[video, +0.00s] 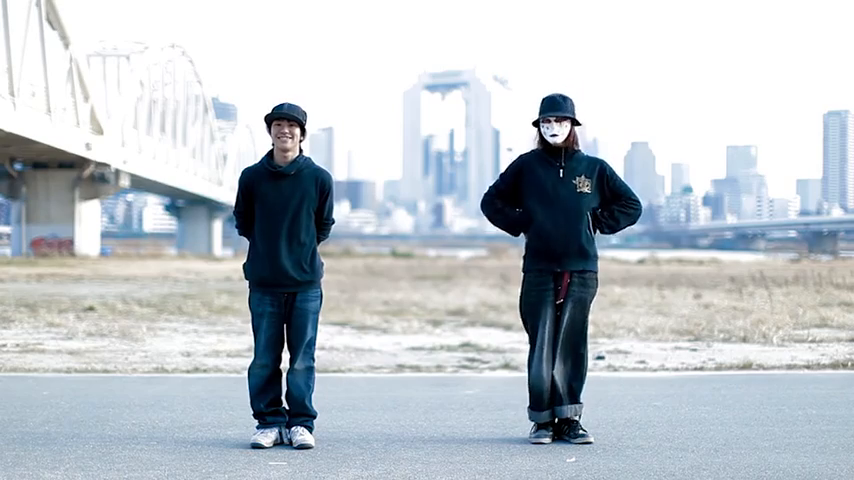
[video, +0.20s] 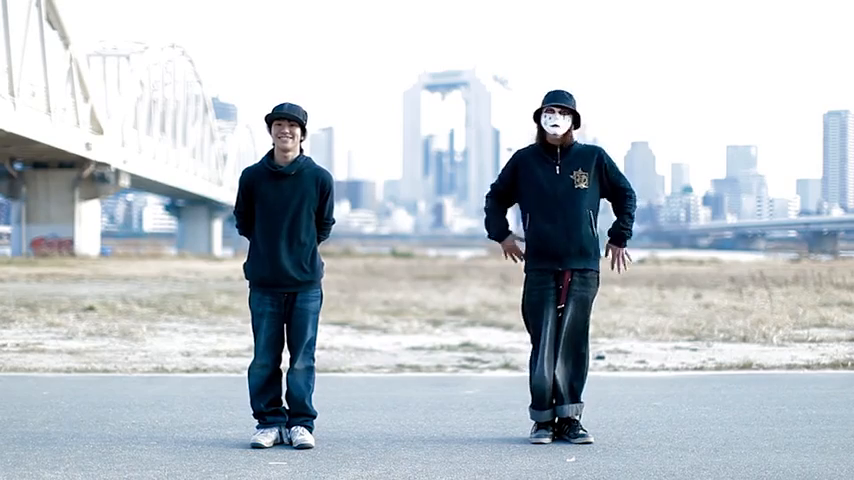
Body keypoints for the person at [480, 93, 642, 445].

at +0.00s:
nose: (553, 127)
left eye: (559, 121)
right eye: (547, 121)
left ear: (571, 125)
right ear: (539, 125)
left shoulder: (594, 167)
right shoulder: (525, 165)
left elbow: (632, 205)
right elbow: (490, 202)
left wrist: (595, 221)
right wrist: (523, 224)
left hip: (581, 267)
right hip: (539, 266)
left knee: (572, 343)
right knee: (541, 342)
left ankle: (569, 419)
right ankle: (542, 421)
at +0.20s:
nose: (554, 120)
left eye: (561, 115)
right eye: (549, 114)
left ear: (573, 121)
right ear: (539, 118)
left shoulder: (593, 158)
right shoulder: (523, 161)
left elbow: (625, 196)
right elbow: (495, 199)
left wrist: (619, 235)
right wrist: (503, 235)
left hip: (583, 264)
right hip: (540, 265)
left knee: (574, 341)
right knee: (543, 341)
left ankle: (569, 418)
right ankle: (543, 420)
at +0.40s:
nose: (558, 114)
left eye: (565, 110)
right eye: (553, 107)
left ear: (574, 118)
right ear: (542, 112)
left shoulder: (588, 151)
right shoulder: (522, 155)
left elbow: (600, 205)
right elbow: (514, 211)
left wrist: (609, 255)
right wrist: (520, 261)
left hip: (582, 258)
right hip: (539, 260)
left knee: (575, 339)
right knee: (542, 339)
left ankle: (571, 418)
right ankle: (542, 420)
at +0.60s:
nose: (561, 120)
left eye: (568, 115)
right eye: (555, 113)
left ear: (577, 122)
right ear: (544, 117)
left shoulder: (590, 158)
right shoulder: (524, 159)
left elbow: (597, 212)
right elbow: (516, 215)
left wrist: (604, 259)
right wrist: (520, 264)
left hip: (582, 260)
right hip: (539, 262)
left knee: (574, 338)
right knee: (541, 337)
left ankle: (569, 417)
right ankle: (542, 418)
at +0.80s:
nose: (560, 119)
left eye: (566, 114)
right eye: (554, 113)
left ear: (576, 120)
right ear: (543, 119)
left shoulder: (589, 161)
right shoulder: (526, 156)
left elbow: (622, 198)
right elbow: (503, 193)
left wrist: (660, 232)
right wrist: (488, 231)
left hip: (580, 262)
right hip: (538, 263)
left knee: (572, 338)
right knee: (540, 339)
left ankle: (569, 418)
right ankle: (542, 420)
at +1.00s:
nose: (557, 133)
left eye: (564, 128)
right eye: (551, 127)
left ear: (574, 133)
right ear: (541, 131)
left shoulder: (588, 170)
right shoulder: (526, 166)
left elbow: (582, 208)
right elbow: (542, 205)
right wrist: (582, 244)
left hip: (576, 263)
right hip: (538, 265)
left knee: (573, 339)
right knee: (541, 339)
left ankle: (569, 419)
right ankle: (543, 420)